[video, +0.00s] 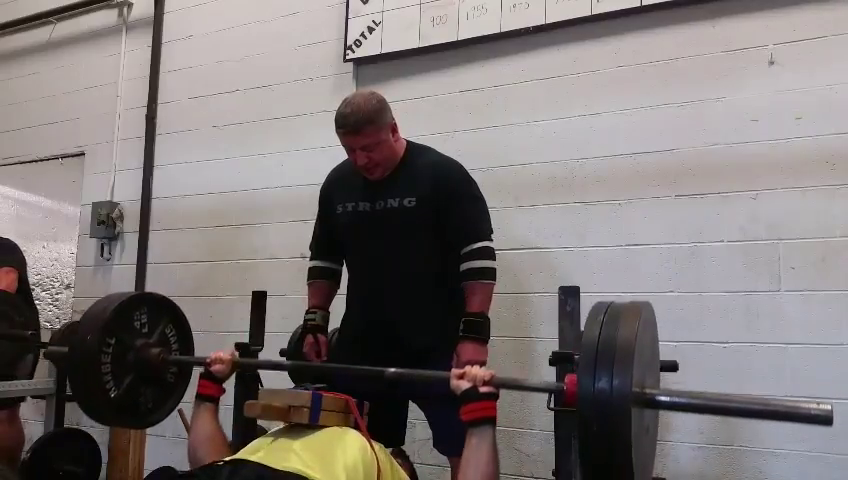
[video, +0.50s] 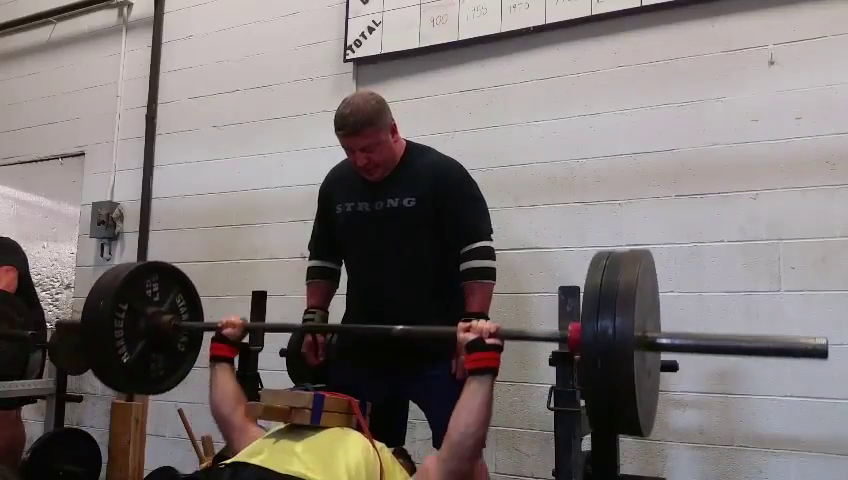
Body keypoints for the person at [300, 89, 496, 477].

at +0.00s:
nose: (361, 159)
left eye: (369, 148)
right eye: (351, 150)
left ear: (395, 131)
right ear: (342, 142)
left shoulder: (445, 177)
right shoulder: (338, 185)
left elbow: (478, 259)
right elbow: (325, 261)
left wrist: (474, 335)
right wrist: (315, 323)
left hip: (438, 339)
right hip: (365, 338)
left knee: (463, 450)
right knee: (367, 451)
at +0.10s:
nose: (361, 159)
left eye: (370, 148)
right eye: (351, 150)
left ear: (395, 132)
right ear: (342, 142)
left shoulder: (445, 177)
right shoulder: (338, 185)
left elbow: (478, 258)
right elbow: (325, 261)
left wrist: (474, 335)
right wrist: (315, 324)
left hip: (438, 340)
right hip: (365, 339)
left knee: (465, 452)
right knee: (368, 453)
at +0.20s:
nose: (360, 159)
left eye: (369, 148)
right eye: (351, 150)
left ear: (394, 132)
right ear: (342, 142)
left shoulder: (445, 177)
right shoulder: (338, 185)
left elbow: (479, 258)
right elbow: (324, 261)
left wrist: (474, 333)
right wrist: (314, 323)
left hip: (439, 341)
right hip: (365, 340)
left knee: (468, 453)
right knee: (366, 454)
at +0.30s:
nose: (361, 159)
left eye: (369, 149)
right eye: (352, 151)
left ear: (394, 131)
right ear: (342, 142)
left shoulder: (444, 177)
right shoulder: (339, 184)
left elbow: (478, 256)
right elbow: (324, 260)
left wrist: (474, 329)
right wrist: (313, 323)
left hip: (439, 342)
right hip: (364, 342)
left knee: (469, 455)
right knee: (365, 457)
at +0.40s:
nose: (361, 160)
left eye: (369, 149)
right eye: (352, 151)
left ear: (394, 131)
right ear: (342, 143)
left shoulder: (444, 176)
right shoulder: (338, 184)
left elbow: (478, 256)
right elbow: (324, 260)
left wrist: (474, 327)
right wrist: (313, 322)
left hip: (439, 343)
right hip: (364, 344)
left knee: (466, 457)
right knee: (365, 459)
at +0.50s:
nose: (360, 160)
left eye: (369, 149)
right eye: (351, 151)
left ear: (394, 132)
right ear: (341, 143)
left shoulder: (444, 176)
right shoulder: (338, 184)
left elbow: (478, 257)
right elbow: (324, 260)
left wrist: (472, 330)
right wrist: (314, 318)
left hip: (437, 344)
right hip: (365, 345)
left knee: (461, 456)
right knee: (368, 459)